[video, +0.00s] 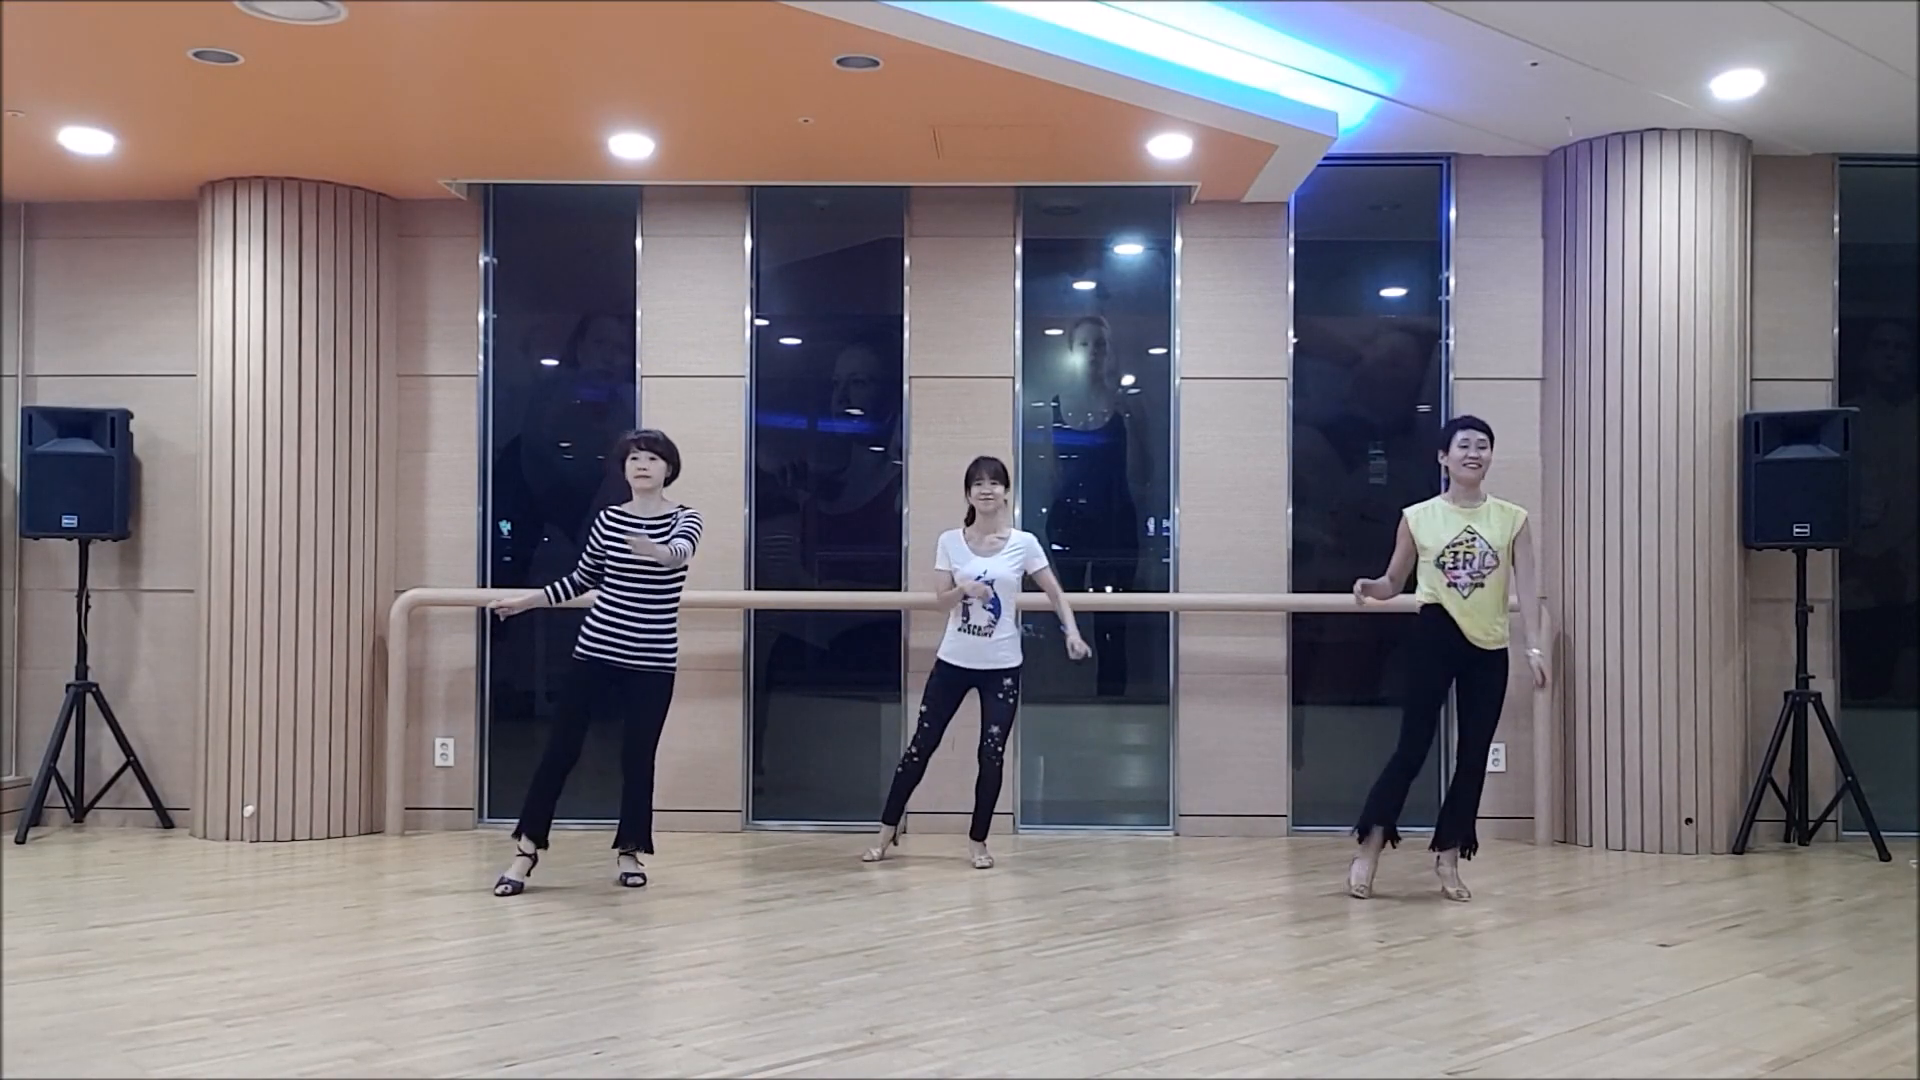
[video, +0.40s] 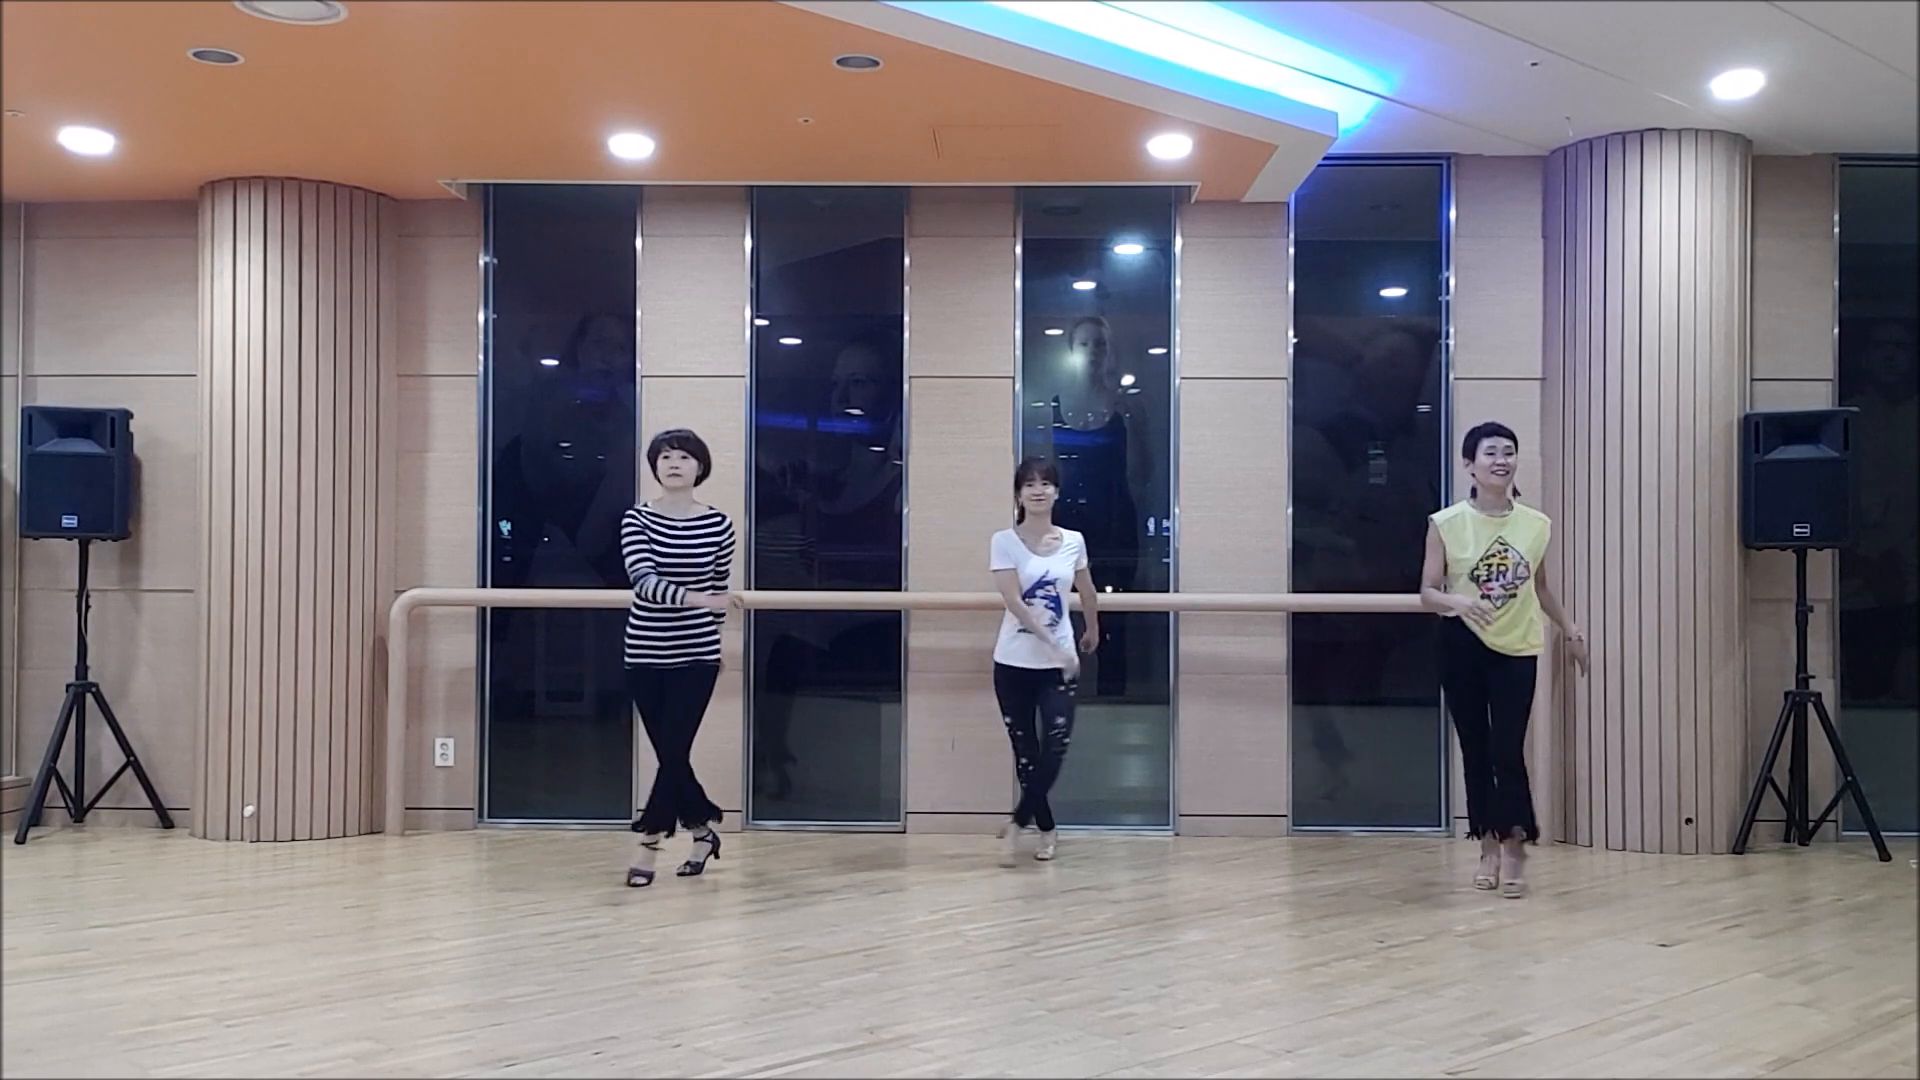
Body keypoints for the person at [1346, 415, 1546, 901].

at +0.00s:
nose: (1474, 454)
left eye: (1482, 447)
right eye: (1465, 447)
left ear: (1492, 459)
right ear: (1444, 457)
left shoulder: (1511, 519)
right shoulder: (1419, 517)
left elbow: (1526, 590)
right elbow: (1392, 584)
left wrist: (1534, 647)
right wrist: (1373, 588)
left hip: (1489, 644)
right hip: (1435, 638)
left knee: (1474, 756)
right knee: (1414, 746)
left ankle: (1448, 852)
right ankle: (1370, 845)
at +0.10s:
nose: (1481, 456)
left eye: (1488, 450)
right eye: (1471, 450)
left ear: (1498, 462)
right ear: (1450, 461)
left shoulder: (1518, 525)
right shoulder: (1423, 519)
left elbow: (1537, 598)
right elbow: (1394, 588)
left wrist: (1556, 657)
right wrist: (1372, 584)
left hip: (1494, 648)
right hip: (1439, 642)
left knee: (1477, 759)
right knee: (1437, 753)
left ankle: (1449, 853)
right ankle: (1396, 830)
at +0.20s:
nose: (1489, 455)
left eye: (1495, 449)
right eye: (1479, 448)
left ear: (1504, 461)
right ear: (1458, 460)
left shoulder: (1524, 524)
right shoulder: (1431, 517)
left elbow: (1539, 592)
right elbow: (1403, 580)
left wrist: (1561, 652)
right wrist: (1389, 588)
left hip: (1500, 645)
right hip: (1446, 639)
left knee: (1481, 750)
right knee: (1457, 745)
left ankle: (1450, 848)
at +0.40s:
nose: (1501, 459)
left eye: (1508, 453)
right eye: (1490, 453)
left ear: (1517, 464)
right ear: (1470, 465)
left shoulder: (1535, 525)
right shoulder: (1445, 525)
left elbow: (1541, 586)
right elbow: (1427, 594)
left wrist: (1568, 627)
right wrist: (1457, 603)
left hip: (1517, 649)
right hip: (1462, 648)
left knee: (1506, 749)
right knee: (1475, 748)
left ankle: (1514, 850)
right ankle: (1489, 846)